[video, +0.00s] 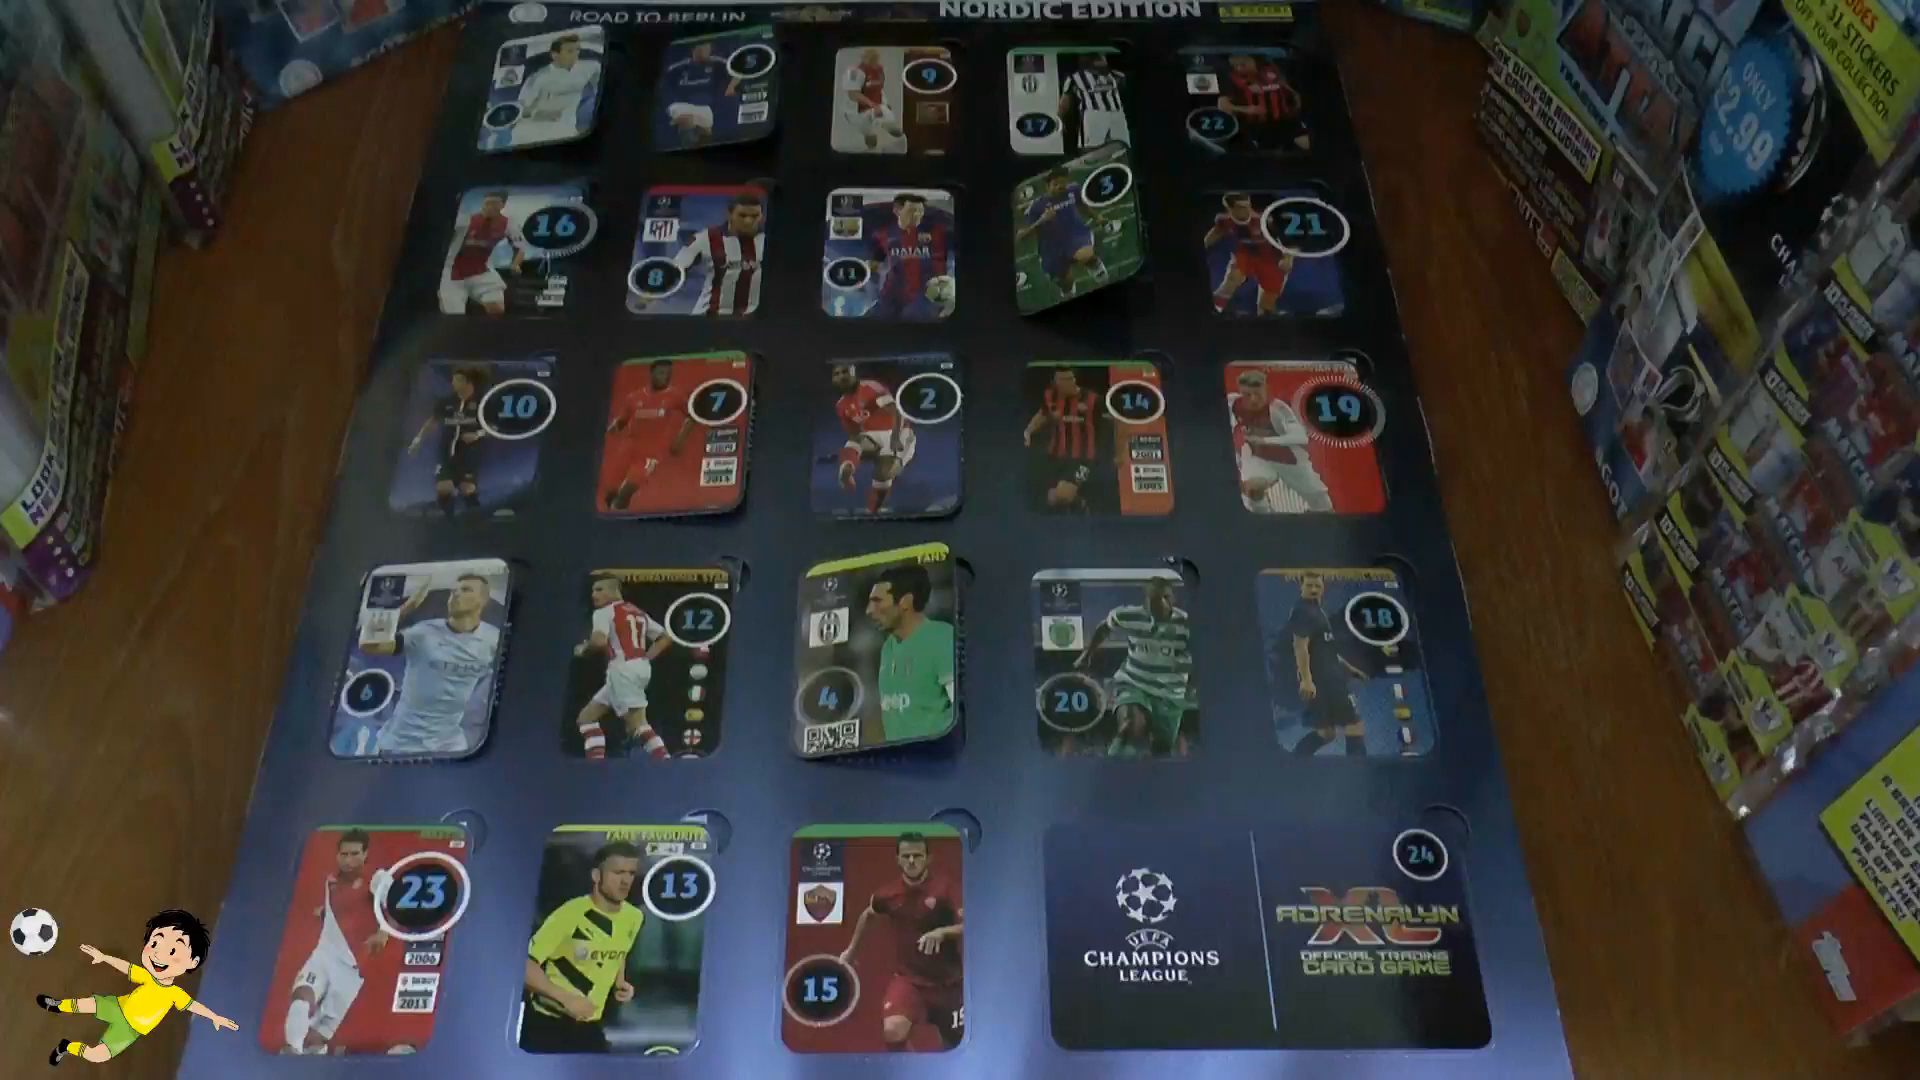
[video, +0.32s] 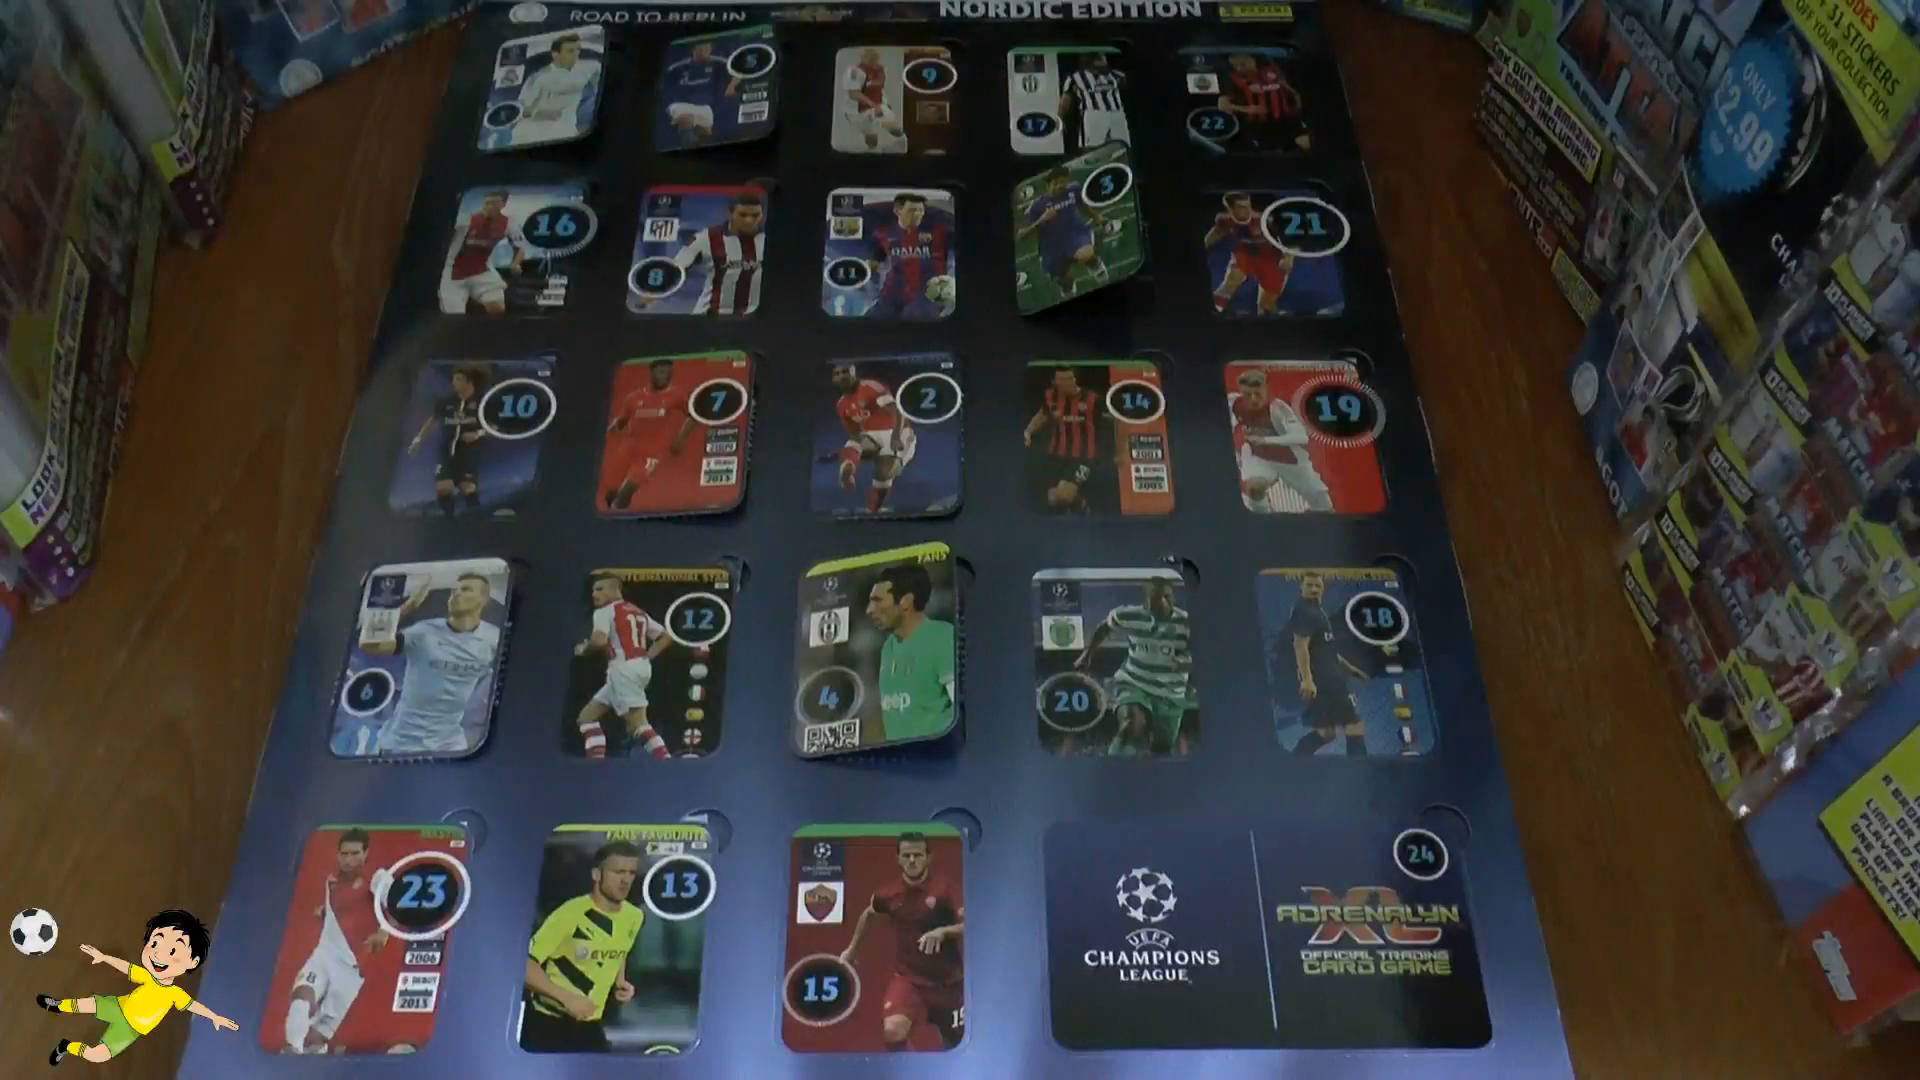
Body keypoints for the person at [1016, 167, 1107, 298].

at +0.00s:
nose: (1059, 188)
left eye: (1062, 184)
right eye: (1055, 185)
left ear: (1067, 183)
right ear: (1048, 186)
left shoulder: (1073, 191)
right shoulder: (1038, 205)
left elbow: (1082, 206)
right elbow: (1022, 235)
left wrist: (1096, 217)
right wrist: (1042, 220)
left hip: (1076, 235)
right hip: (1052, 249)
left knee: (1085, 256)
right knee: (1065, 281)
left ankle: (1095, 266)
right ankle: (1068, 293)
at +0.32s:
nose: (1060, 187)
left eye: (1063, 182)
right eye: (1055, 184)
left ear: (1067, 182)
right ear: (1048, 186)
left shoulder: (1074, 191)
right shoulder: (1038, 205)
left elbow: (1082, 206)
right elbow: (1022, 234)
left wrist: (1096, 217)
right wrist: (1042, 219)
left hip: (1075, 234)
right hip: (1052, 247)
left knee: (1084, 256)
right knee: (1065, 279)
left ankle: (1096, 266)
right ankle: (1068, 292)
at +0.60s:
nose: (1060, 186)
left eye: (1063, 182)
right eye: (1056, 183)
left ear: (1067, 182)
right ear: (1049, 186)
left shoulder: (1074, 191)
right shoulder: (1039, 204)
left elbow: (1083, 206)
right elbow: (1021, 234)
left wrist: (1097, 217)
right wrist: (1042, 220)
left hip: (1075, 234)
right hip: (1052, 247)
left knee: (1086, 256)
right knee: (1066, 281)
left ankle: (1096, 266)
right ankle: (1069, 292)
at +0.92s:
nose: (1060, 186)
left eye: (1062, 182)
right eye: (1056, 184)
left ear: (1067, 182)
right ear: (1049, 186)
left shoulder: (1074, 191)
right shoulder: (1038, 204)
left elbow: (1083, 205)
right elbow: (1021, 235)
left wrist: (1096, 217)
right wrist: (1042, 220)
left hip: (1076, 235)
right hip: (1052, 248)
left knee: (1086, 256)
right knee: (1066, 283)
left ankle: (1096, 266)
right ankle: (1069, 293)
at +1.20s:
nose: (1060, 186)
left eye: (1062, 182)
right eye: (1055, 184)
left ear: (1067, 182)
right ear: (1048, 186)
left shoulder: (1074, 191)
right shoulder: (1038, 204)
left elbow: (1082, 205)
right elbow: (1021, 235)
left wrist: (1096, 216)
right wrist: (1042, 219)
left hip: (1076, 235)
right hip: (1052, 248)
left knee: (1086, 256)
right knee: (1066, 283)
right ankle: (1068, 294)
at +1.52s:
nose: (1061, 188)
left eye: (1063, 184)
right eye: (1056, 185)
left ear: (1068, 183)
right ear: (1049, 188)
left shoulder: (1075, 193)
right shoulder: (1039, 206)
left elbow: (1083, 207)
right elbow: (1022, 237)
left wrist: (1097, 218)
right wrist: (1043, 221)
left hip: (1077, 237)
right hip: (1053, 250)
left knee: (1087, 258)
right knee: (1067, 285)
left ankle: (1097, 270)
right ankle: (1069, 295)